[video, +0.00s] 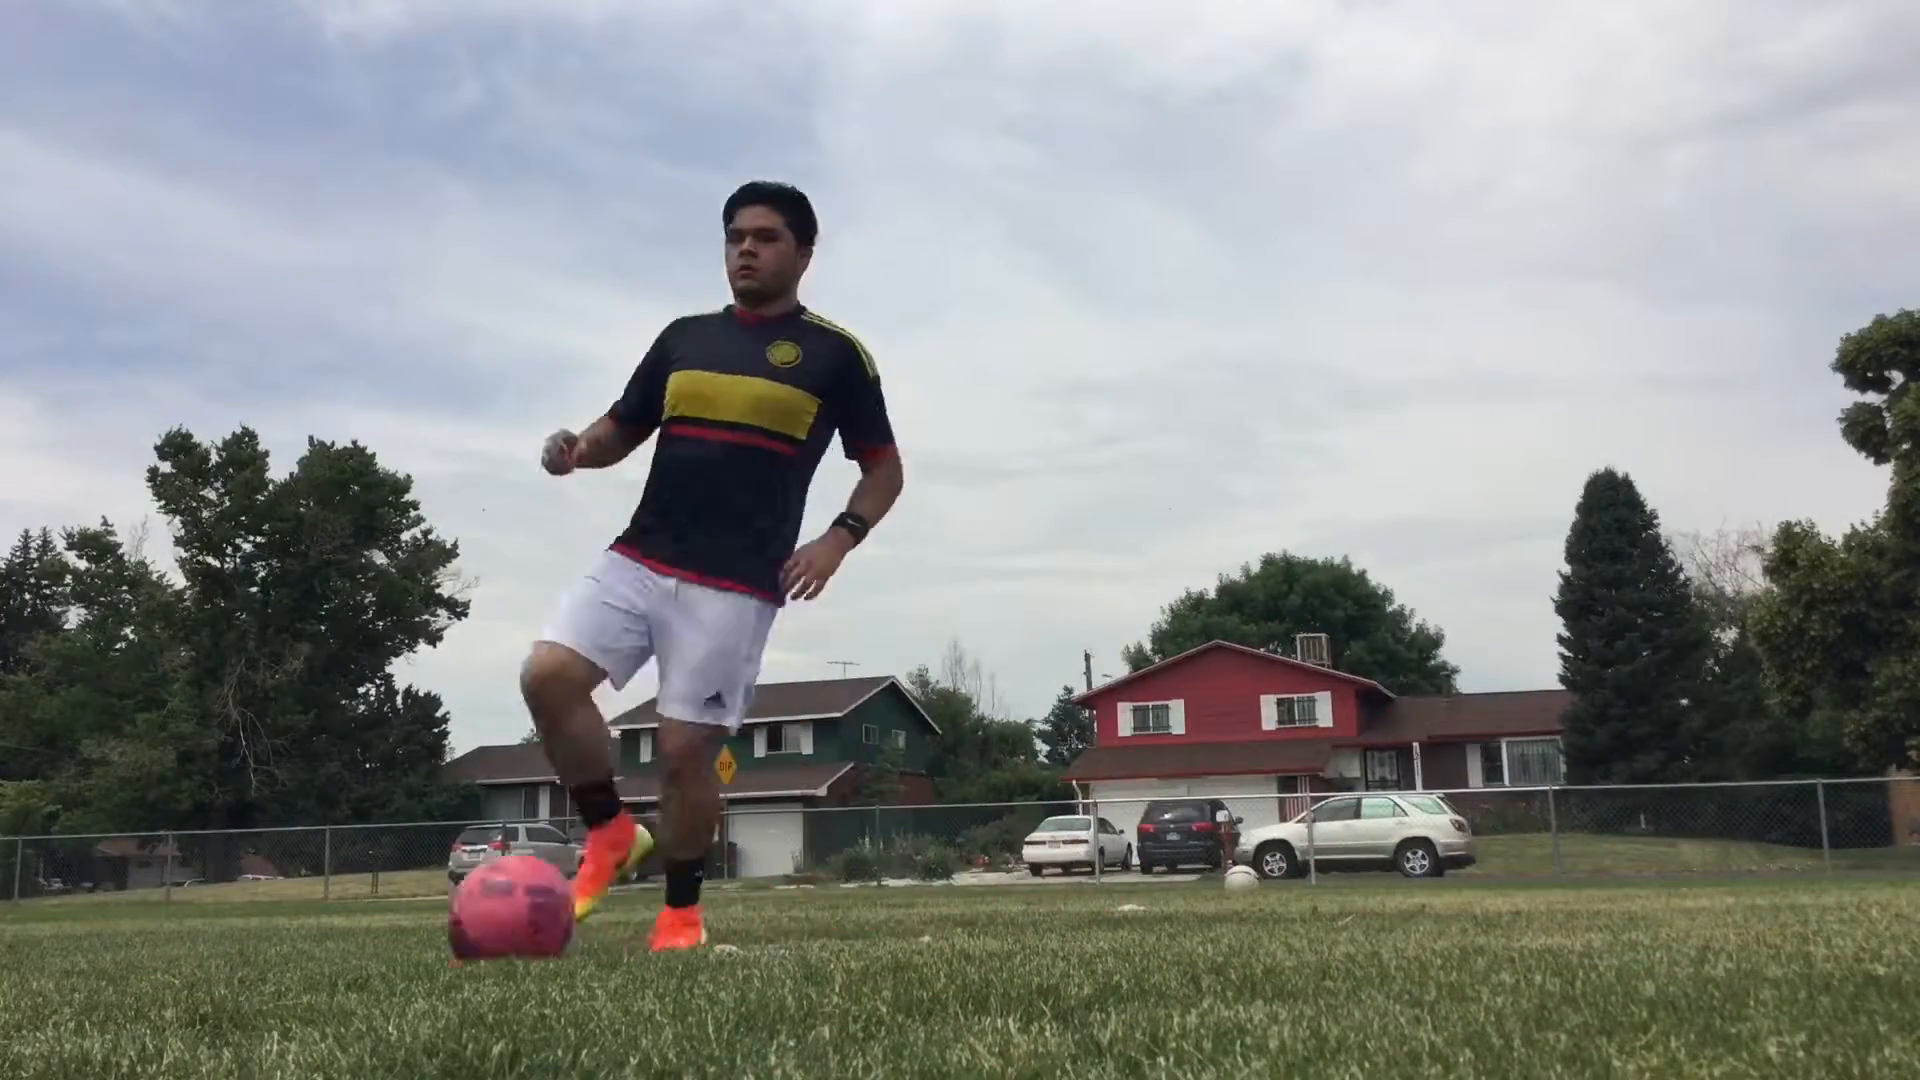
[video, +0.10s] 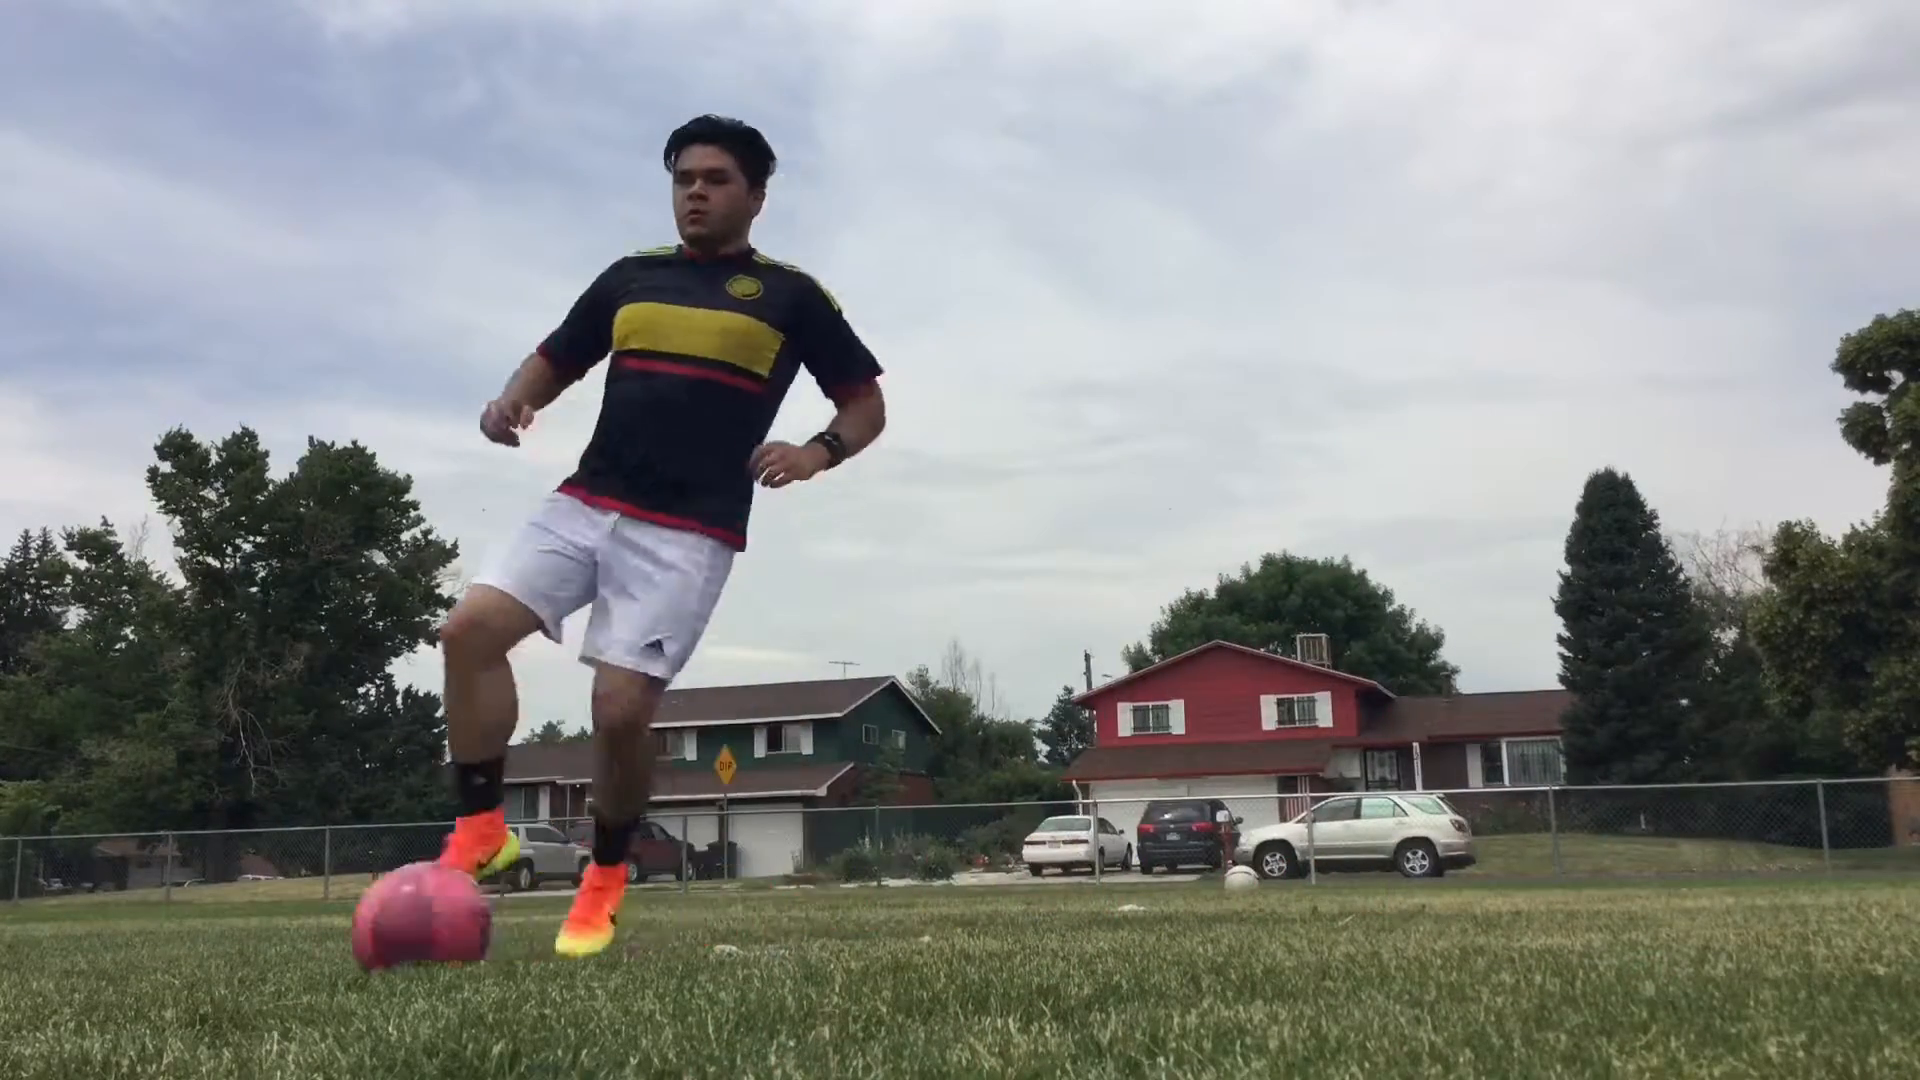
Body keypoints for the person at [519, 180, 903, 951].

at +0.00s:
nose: (746, 250)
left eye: (765, 238)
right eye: (737, 238)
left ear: (804, 253)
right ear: (724, 250)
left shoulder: (837, 356)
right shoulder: (682, 340)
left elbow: (885, 468)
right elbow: (622, 429)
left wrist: (837, 540)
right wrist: (578, 449)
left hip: (735, 581)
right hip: (641, 557)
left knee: (683, 751)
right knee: (548, 678)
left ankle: (680, 910)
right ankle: (610, 828)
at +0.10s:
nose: (696, 194)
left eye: (716, 180)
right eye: (684, 179)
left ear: (757, 194)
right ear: (670, 191)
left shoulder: (794, 298)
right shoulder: (628, 279)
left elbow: (867, 407)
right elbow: (555, 361)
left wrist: (819, 450)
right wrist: (512, 399)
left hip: (687, 531)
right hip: (588, 503)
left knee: (620, 710)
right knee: (470, 634)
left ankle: (604, 877)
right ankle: (480, 827)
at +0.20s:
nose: (640, 163)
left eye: (663, 148)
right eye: (629, 146)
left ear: (707, 163)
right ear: (614, 156)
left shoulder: (744, 281)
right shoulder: (567, 255)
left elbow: (813, 403)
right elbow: (491, 350)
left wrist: (775, 455)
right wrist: (426, 413)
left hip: (639, 535)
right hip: (526, 505)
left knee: (555, 721)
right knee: (404, 645)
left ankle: (469, 914)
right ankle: (318, 873)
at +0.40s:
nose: (520, 112)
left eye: (548, 96)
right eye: (505, 93)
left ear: (594, 120)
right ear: (485, 109)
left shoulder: (635, 251)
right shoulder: (434, 231)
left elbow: (691, 408)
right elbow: (385, 359)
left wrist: (636, 545)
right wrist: (305, 436)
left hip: (532, 553)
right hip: (398, 511)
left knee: (486, 803)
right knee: (296, 688)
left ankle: (461, 896)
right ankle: (204, 943)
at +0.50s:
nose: (490, 46)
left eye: (518, 30)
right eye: (472, 26)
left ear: (566, 60)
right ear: (451, 45)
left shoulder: (607, 209)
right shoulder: (376, 175)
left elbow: (660, 376)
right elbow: (291, 312)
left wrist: (621, 524)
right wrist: (240, 387)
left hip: (507, 530)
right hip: (344, 506)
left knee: (492, 740)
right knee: (234, 697)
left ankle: (498, 863)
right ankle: (193, 952)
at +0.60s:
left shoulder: (640, 116)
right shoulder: (377, 64)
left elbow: (667, 286)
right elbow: (254, 188)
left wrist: (646, 425)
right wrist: (218, 265)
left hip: (527, 416)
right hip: (353, 423)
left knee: (567, 596)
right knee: (268, 676)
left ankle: (520, 927)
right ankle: (185, 942)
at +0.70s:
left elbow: (704, 198)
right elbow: (285, 101)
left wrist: (687, 347)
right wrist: (230, 208)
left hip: (574, 351)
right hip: (378, 342)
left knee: (581, 584)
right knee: (221, 610)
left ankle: (601, 935)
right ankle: (188, 889)